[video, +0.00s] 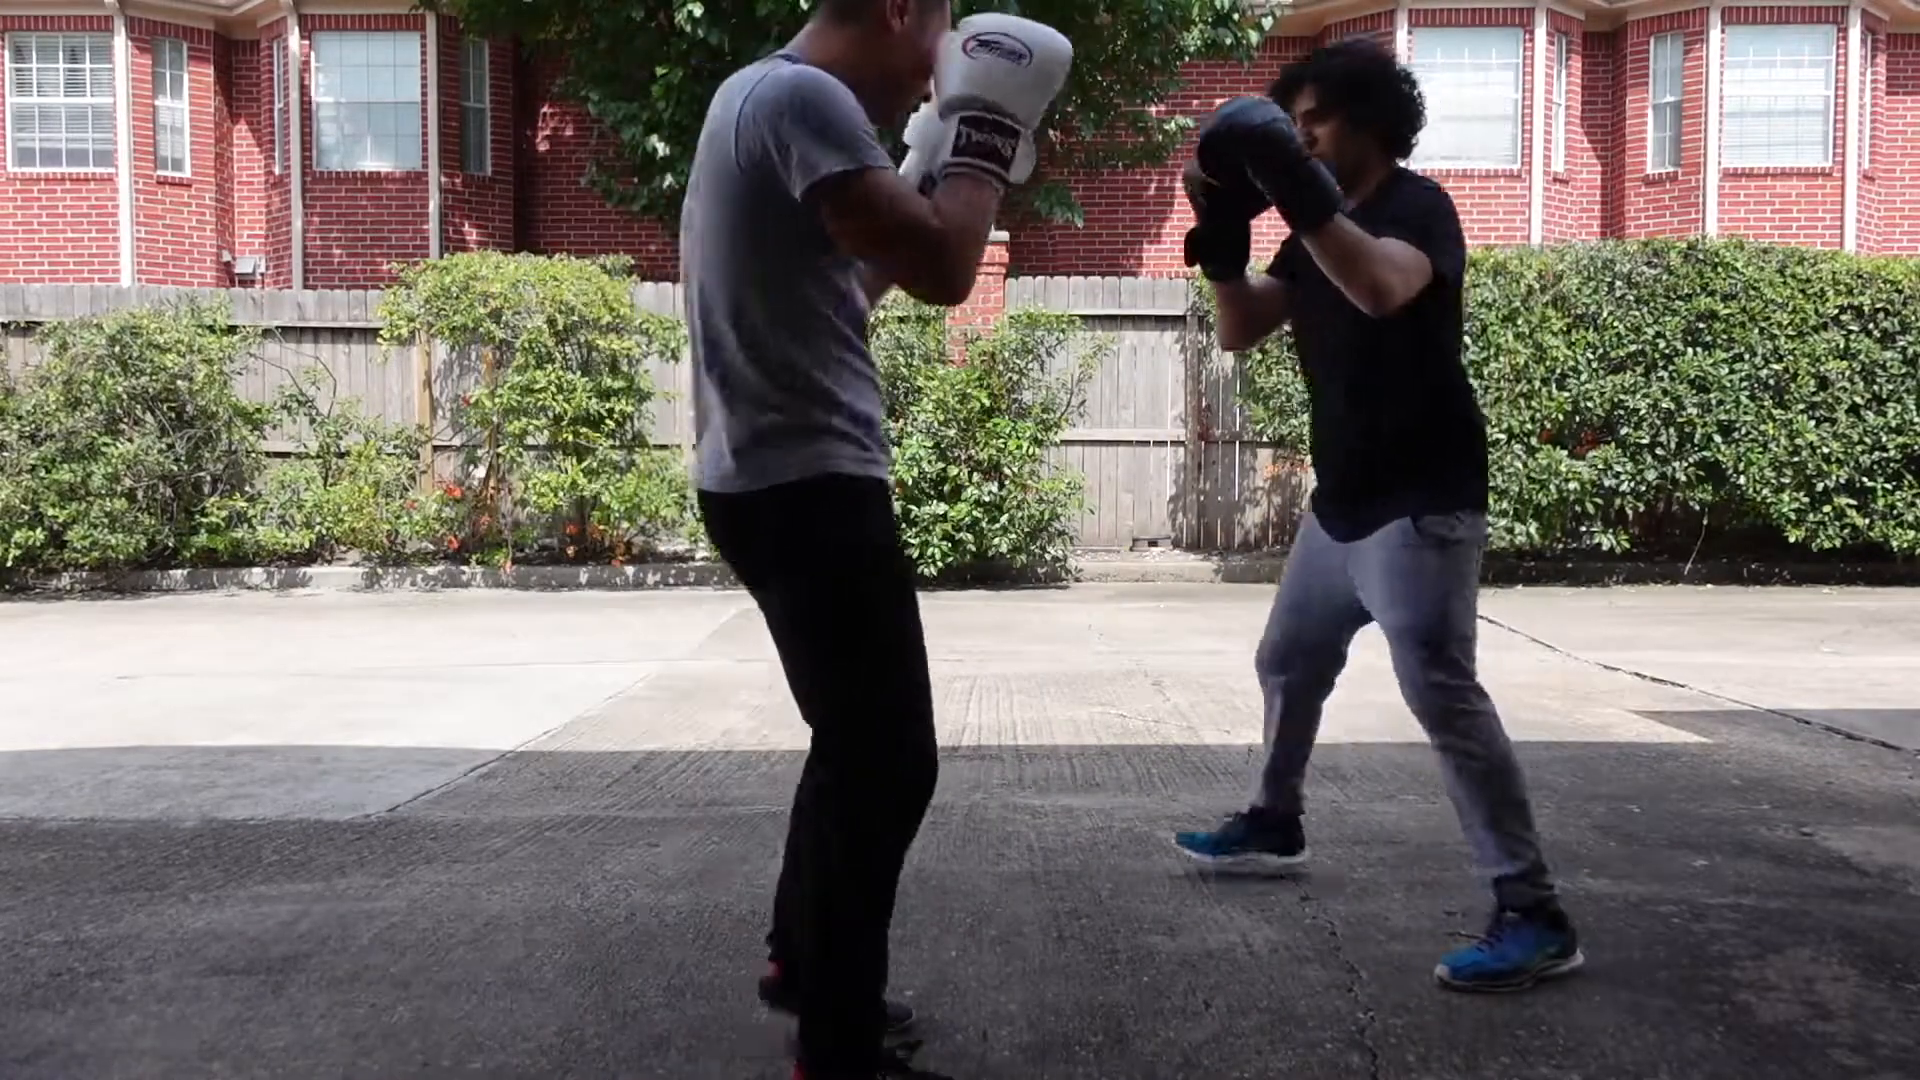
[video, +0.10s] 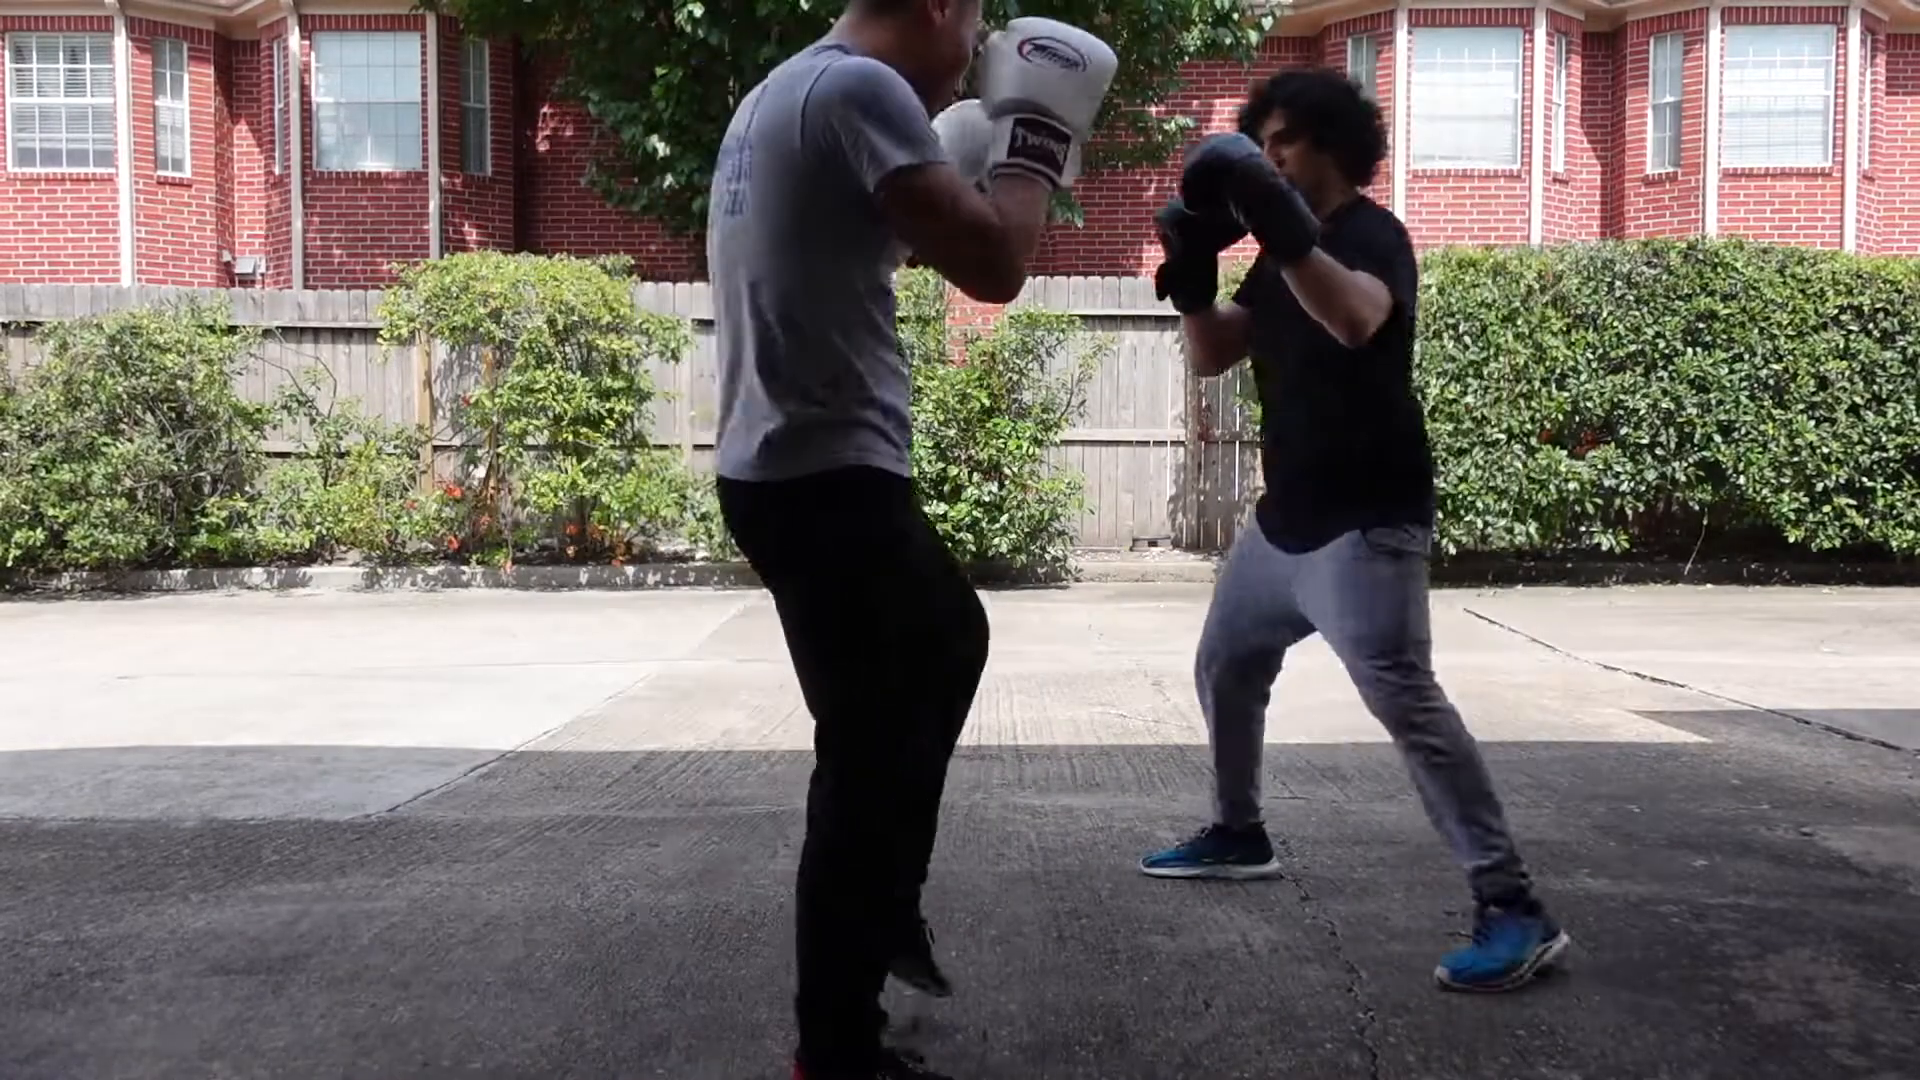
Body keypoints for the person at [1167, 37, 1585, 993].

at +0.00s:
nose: (1298, 142)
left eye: (1314, 123)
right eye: (1294, 127)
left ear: (1372, 124)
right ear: (1304, 137)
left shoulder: (1421, 207)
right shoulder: (1316, 229)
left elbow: (1383, 285)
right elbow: (1240, 328)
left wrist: (1296, 186)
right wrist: (1221, 237)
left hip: (1426, 498)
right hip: (1342, 499)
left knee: (1440, 690)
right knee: (1287, 664)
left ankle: (1532, 912)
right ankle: (1274, 820)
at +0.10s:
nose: (1262, 164)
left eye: (1274, 146)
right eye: (1259, 149)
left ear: (1324, 148)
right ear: (1279, 156)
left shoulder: (1370, 233)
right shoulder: (1282, 254)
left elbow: (1355, 318)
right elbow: (1215, 351)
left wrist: (1273, 213)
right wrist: (1191, 276)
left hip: (1368, 524)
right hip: (1284, 519)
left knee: (1406, 702)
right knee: (1225, 668)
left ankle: (1512, 909)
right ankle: (1237, 830)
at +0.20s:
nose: (1235, 164)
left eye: (1249, 144)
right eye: (1226, 150)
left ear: (1302, 145)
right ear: (1222, 162)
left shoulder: (1337, 231)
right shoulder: (1235, 249)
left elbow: (1342, 324)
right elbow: (1175, 348)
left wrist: (1245, 235)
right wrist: (1151, 274)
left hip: (1332, 504)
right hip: (1249, 508)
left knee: (1329, 662)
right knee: (1202, 670)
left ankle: (1432, 870)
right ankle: (1235, 832)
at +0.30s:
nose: (1200, 149)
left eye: (1215, 131)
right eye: (1194, 135)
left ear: (1263, 133)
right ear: (1195, 146)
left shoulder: (1309, 204)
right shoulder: (1208, 239)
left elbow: (1315, 282)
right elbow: (1151, 336)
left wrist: (1222, 195)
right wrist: (1131, 253)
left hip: (1315, 480)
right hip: (1231, 491)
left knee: (1294, 648)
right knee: (1195, 646)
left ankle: (1330, 856)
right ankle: (1230, 816)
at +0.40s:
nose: (1179, 156)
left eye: (1194, 139)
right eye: (1178, 141)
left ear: (1237, 143)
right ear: (1188, 156)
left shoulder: (1294, 207)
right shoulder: (1192, 245)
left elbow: (1290, 276)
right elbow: (1143, 352)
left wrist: (1206, 184)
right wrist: (1122, 260)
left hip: (1295, 488)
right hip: (1212, 494)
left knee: (1257, 656)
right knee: (1194, 658)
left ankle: (1282, 866)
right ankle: (1234, 825)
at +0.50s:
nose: (1168, 167)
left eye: (1182, 149)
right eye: (1166, 152)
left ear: (1226, 156)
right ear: (1179, 167)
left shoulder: (1272, 220)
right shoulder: (1177, 252)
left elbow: (1285, 307)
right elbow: (1128, 359)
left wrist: (1205, 212)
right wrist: (1100, 285)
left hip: (1277, 489)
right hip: (1204, 498)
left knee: (1253, 658)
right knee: (1184, 667)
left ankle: (1299, 863)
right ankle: (1234, 827)